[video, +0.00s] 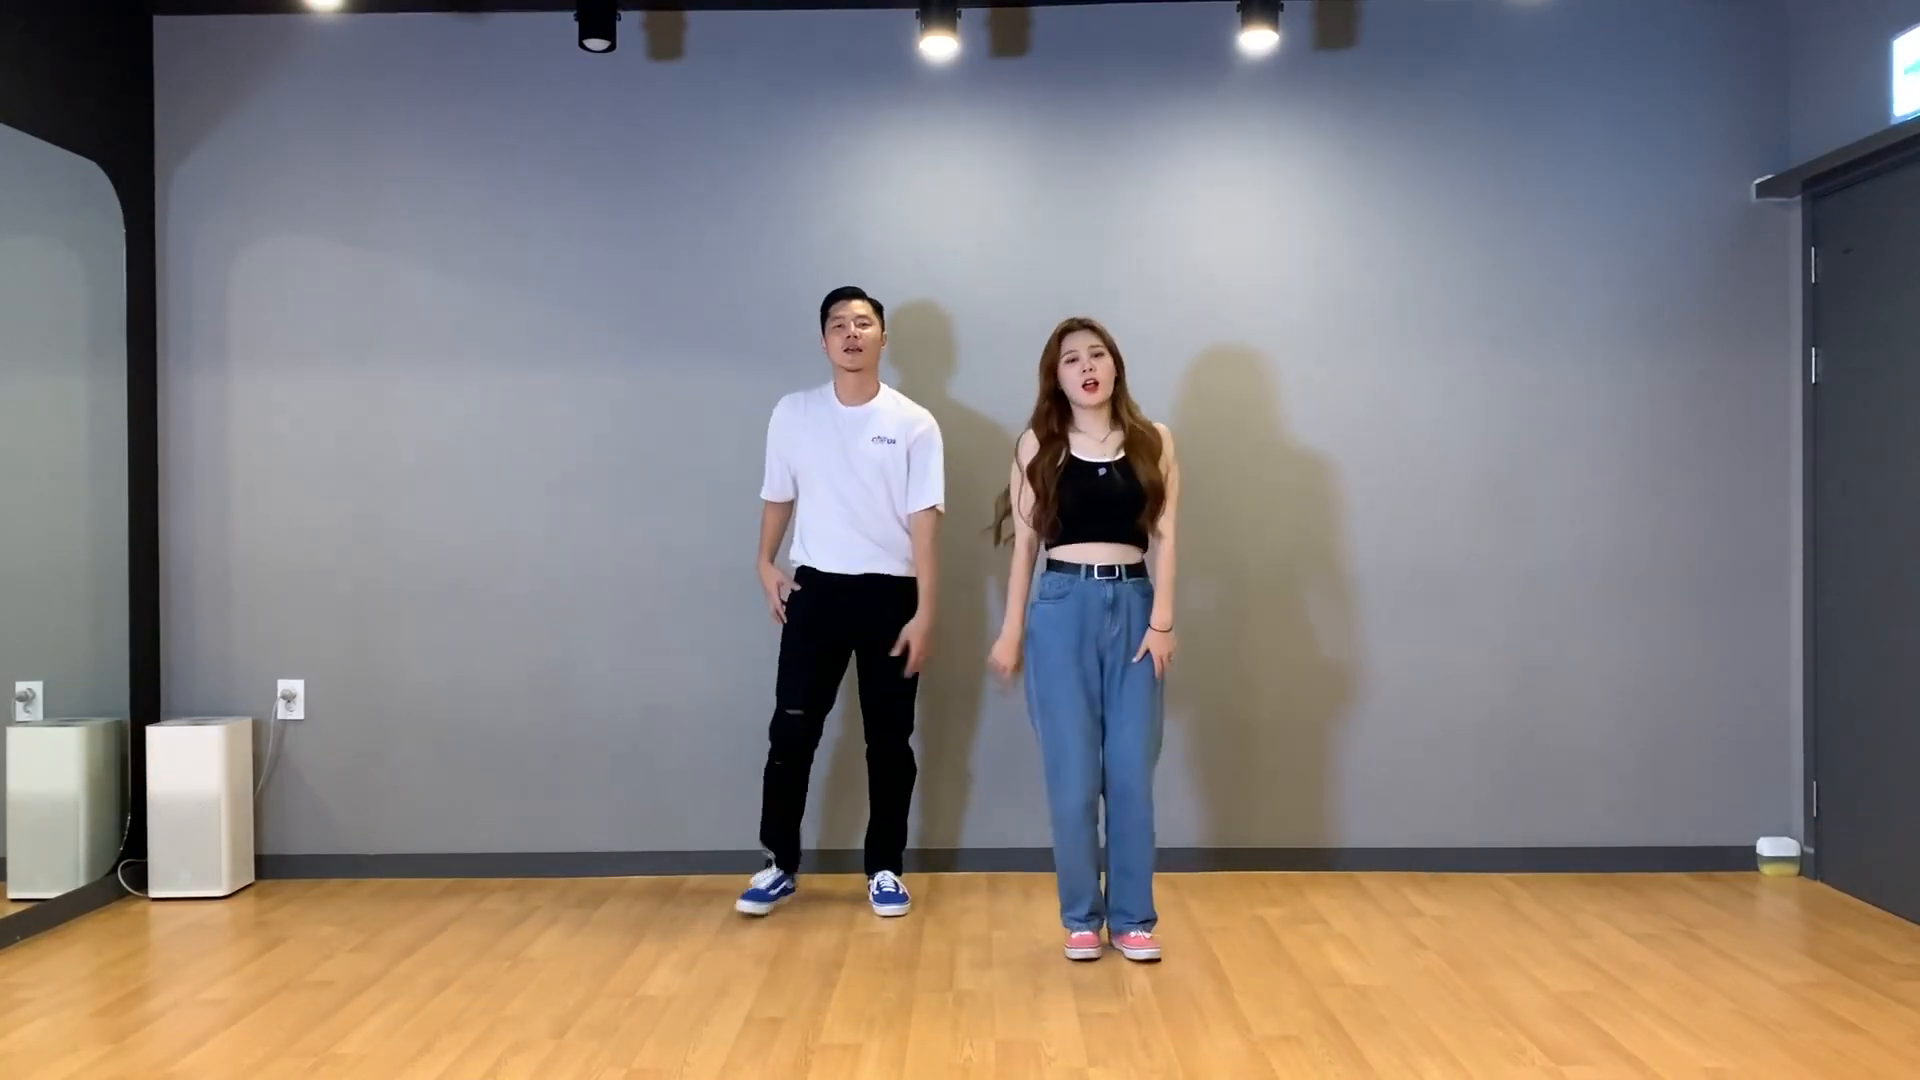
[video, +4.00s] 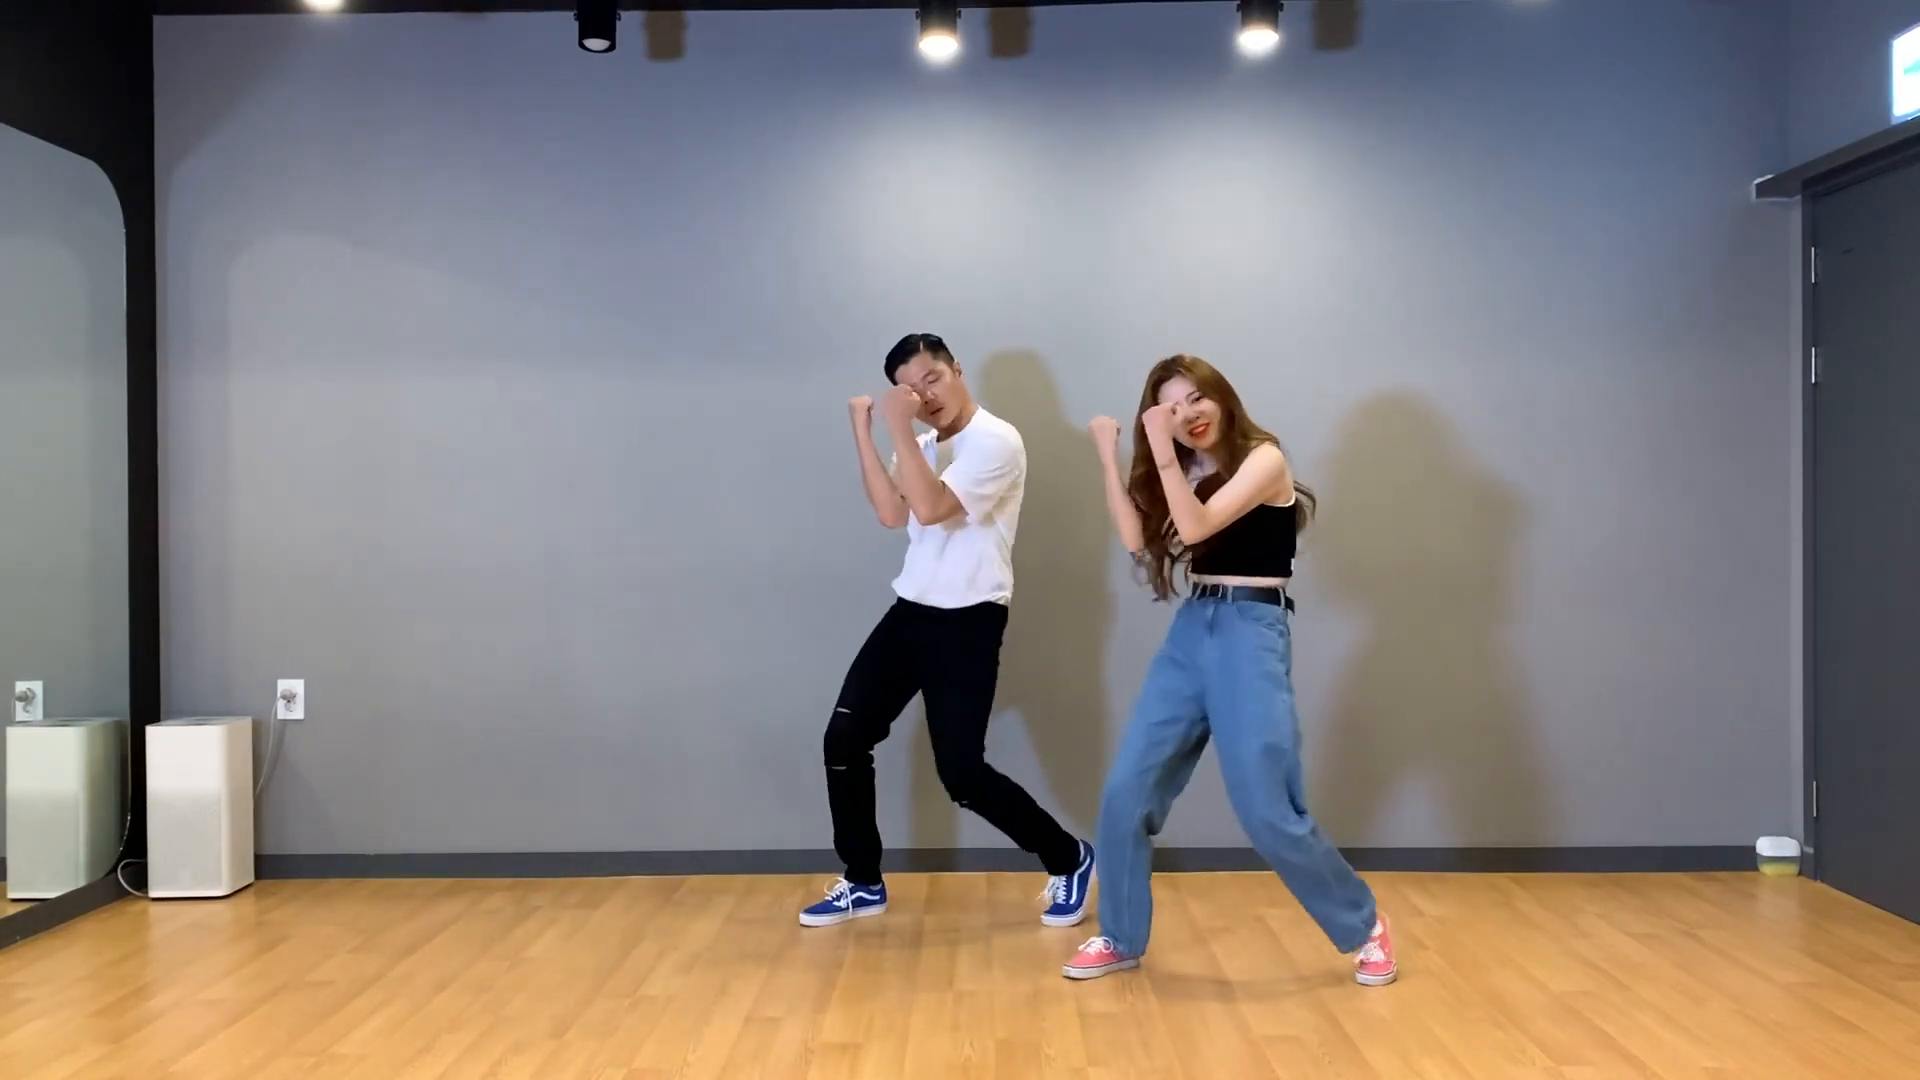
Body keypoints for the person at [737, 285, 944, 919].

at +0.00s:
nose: (852, 331)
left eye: (864, 322)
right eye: (840, 324)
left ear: (883, 338)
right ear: (824, 342)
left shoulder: (915, 424)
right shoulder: (792, 413)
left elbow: (924, 522)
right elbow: (779, 497)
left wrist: (925, 612)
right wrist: (765, 560)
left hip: (891, 595)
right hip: (815, 593)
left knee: (890, 743)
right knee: (790, 733)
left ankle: (885, 869)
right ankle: (780, 865)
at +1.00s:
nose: (802, 339)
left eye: (810, 326)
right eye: (788, 334)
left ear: (833, 335)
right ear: (778, 354)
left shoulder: (880, 402)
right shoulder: (768, 431)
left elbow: (944, 476)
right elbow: (757, 525)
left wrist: (925, 550)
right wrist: (741, 600)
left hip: (865, 595)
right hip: (789, 599)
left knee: (879, 740)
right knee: (776, 741)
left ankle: (894, 870)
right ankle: (767, 871)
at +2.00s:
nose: (722, 340)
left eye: (734, 331)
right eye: (707, 331)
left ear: (751, 344)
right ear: (688, 346)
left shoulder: (771, 398)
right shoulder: (656, 393)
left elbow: (824, 325)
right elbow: (606, 305)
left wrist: (874, 251)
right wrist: (555, 225)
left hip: (744, 601)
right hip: (664, 602)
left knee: (805, 729)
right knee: (618, 738)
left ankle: (787, 861)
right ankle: (576, 873)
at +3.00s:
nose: (844, 377)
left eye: (859, 369)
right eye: (833, 364)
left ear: (871, 383)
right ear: (811, 373)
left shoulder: (902, 454)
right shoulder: (778, 459)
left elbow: (967, 519)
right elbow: (727, 541)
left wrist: (999, 579)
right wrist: (644, 570)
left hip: (903, 621)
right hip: (827, 627)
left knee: (921, 760)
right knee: (833, 762)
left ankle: (866, 831)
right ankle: (863, 884)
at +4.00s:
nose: (925, 396)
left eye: (932, 379)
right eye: (913, 390)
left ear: (958, 372)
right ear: (907, 400)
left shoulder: (998, 441)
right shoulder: (926, 445)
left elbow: (931, 507)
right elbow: (891, 512)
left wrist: (902, 429)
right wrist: (864, 437)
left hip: (968, 622)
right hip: (909, 614)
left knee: (963, 776)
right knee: (845, 739)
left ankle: (1071, 860)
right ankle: (863, 883)